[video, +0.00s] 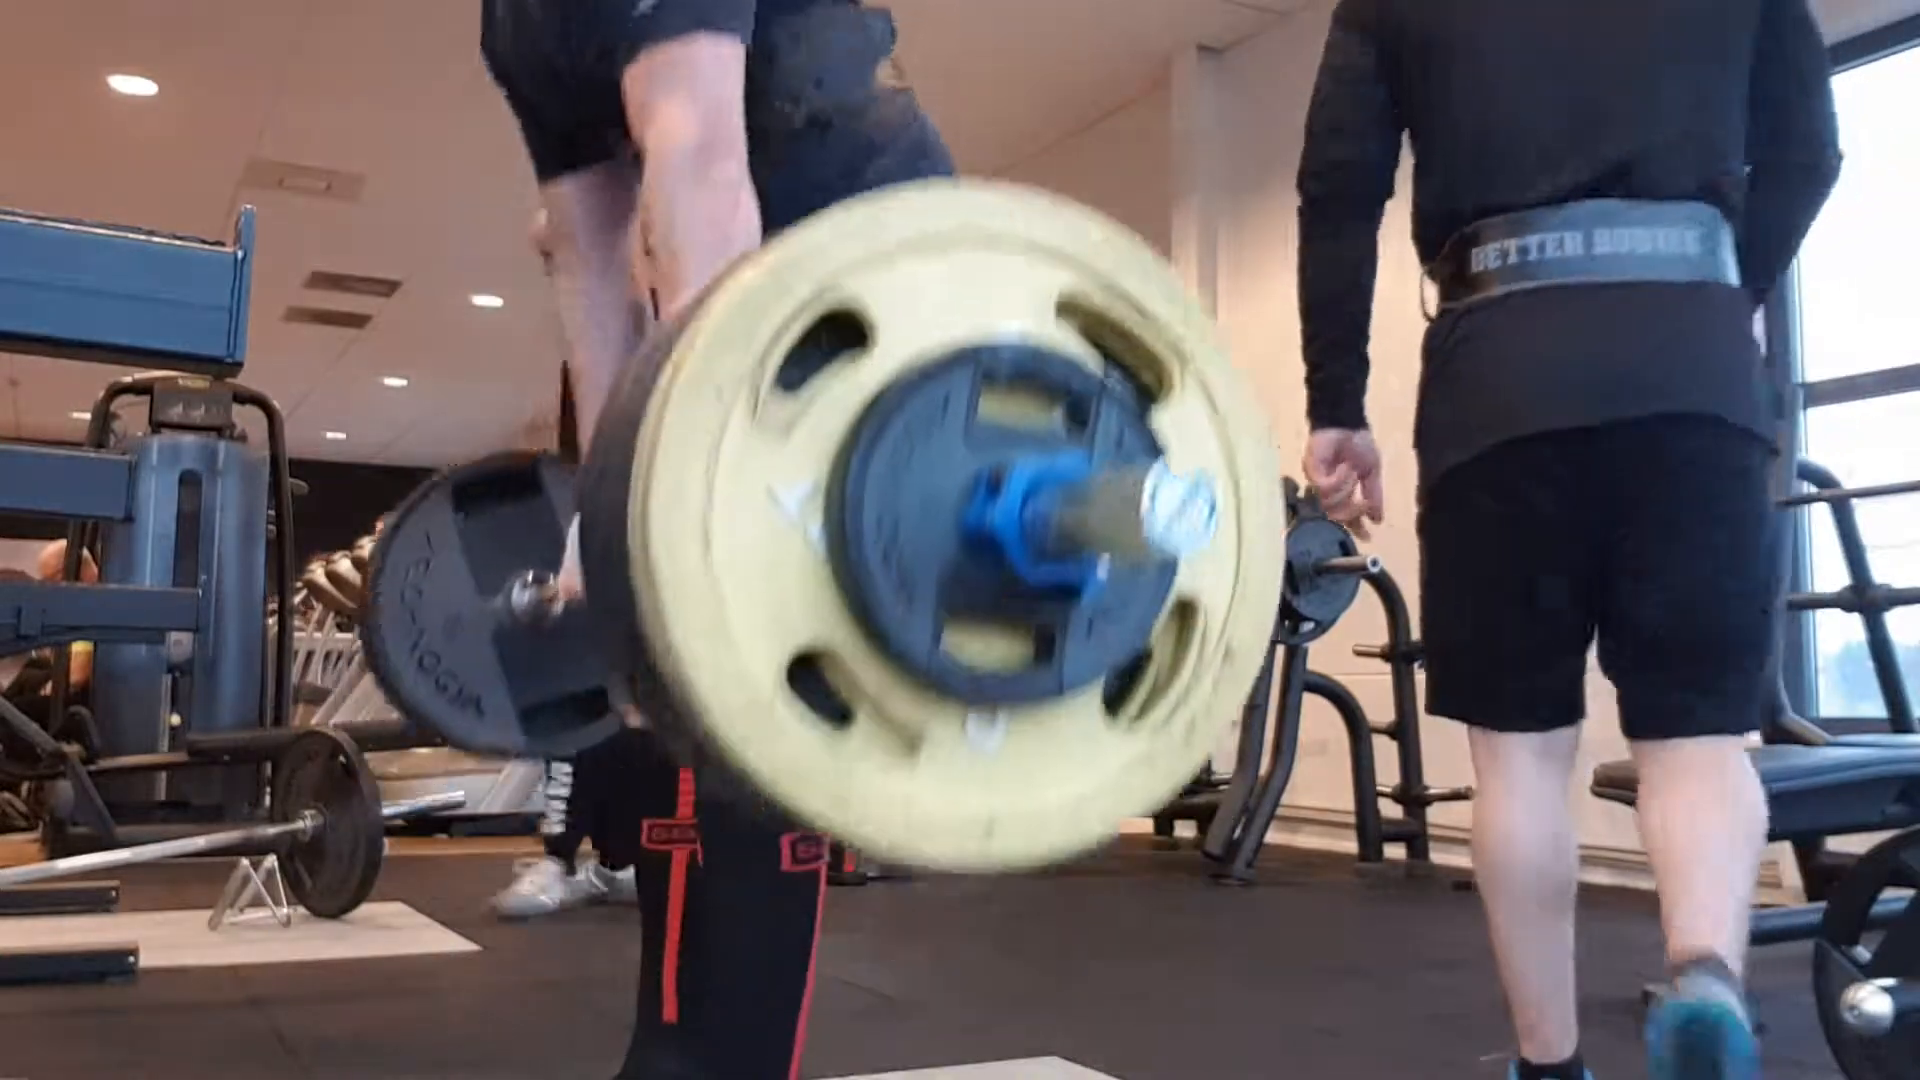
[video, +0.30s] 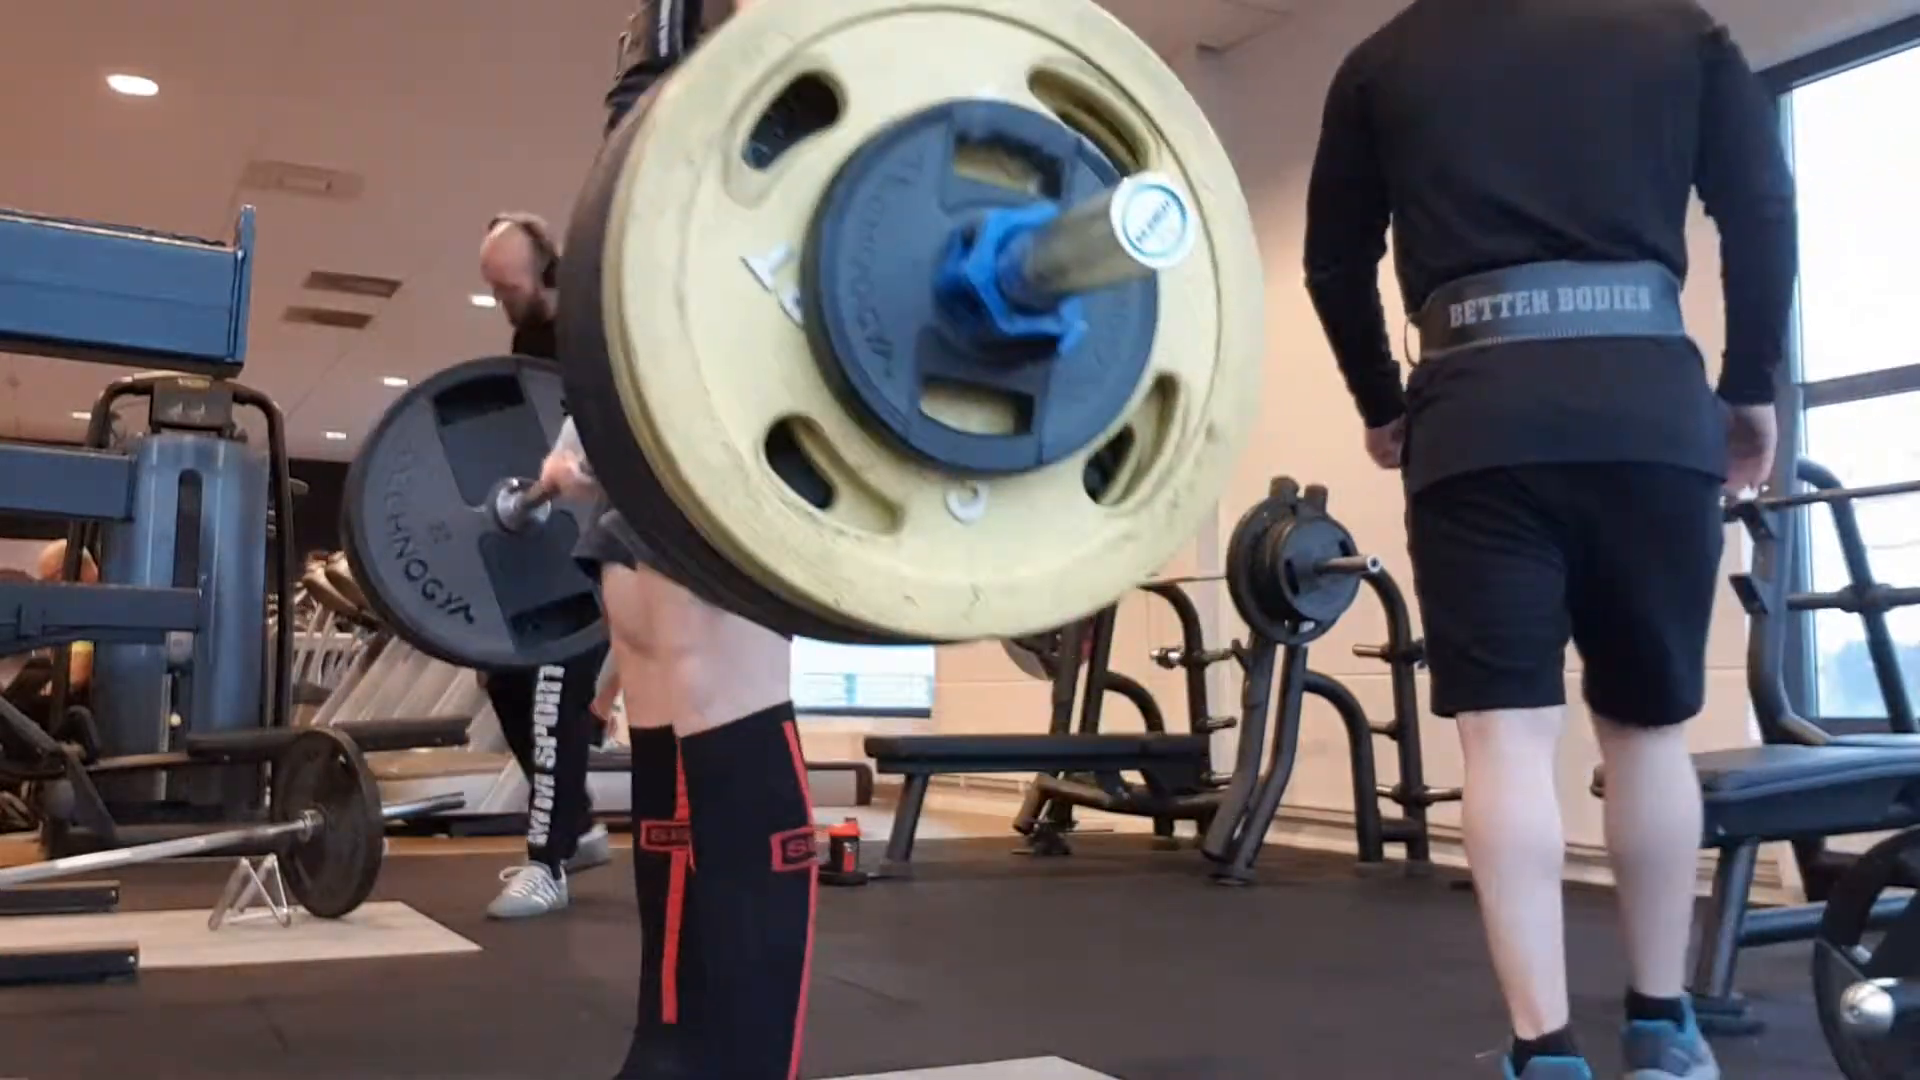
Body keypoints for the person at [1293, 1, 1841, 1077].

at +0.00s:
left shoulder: (1394, 6)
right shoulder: (1748, 7)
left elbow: (1336, 172)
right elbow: (1806, 144)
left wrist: (1336, 405)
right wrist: (1717, 293)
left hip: (1501, 374)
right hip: (1695, 364)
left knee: (1520, 741)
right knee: (1699, 723)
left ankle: (1547, 1059)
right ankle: (1705, 979)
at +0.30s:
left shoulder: (1385, 55)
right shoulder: (1678, 28)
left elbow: (1334, 255)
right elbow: (1760, 206)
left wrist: (1380, 403)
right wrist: (1753, 384)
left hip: (1475, 417)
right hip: (1648, 413)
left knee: (1503, 734)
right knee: (1647, 726)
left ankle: (1543, 1051)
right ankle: (1662, 1026)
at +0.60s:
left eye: (1480, 23)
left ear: (1485, 22)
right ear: (1592, 24)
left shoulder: (1415, 126)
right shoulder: (1676, 127)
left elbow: (1370, 306)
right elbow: (1733, 296)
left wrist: (1384, 456)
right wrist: (1712, 456)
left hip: (1477, 471)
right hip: (1625, 467)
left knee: (1438, 730)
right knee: (1609, 750)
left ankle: (1509, 916)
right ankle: (1619, 1026)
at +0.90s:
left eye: (1468, 50)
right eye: (1530, 53)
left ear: (1454, 67)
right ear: (1553, 72)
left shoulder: (1397, 169)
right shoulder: (1625, 181)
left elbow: (1339, 310)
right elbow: (1661, 337)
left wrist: (1320, 470)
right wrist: (1589, 436)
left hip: (1450, 476)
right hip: (1592, 475)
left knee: (1400, 722)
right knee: (1593, 733)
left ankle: (1375, 962)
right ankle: (1616, 1000)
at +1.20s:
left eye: (1371, 109)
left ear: (1362, 120)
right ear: (1455, 119)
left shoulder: (1321, 227)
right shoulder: (1528, 221)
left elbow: (1269, 363)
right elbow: (1569, 351)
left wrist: (1237, 504)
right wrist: (1477, 401)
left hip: (1377, 508)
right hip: (1501, 506)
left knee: (1361, 727)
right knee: (1522, 717)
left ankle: (1364, 958)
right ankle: (1566, 882)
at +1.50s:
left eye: (1355, 143)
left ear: (1343, 154)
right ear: (1430, 151)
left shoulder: (1299, 254)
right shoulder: (1493, 246)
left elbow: (1247, 381)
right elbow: (1524, 360)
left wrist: (1248, 498)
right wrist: (1445, 338)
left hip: (1357, 509)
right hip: (1471, 509)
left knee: (1358, 724)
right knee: (1469, 721)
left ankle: (1367, 950)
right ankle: (1480, 930)